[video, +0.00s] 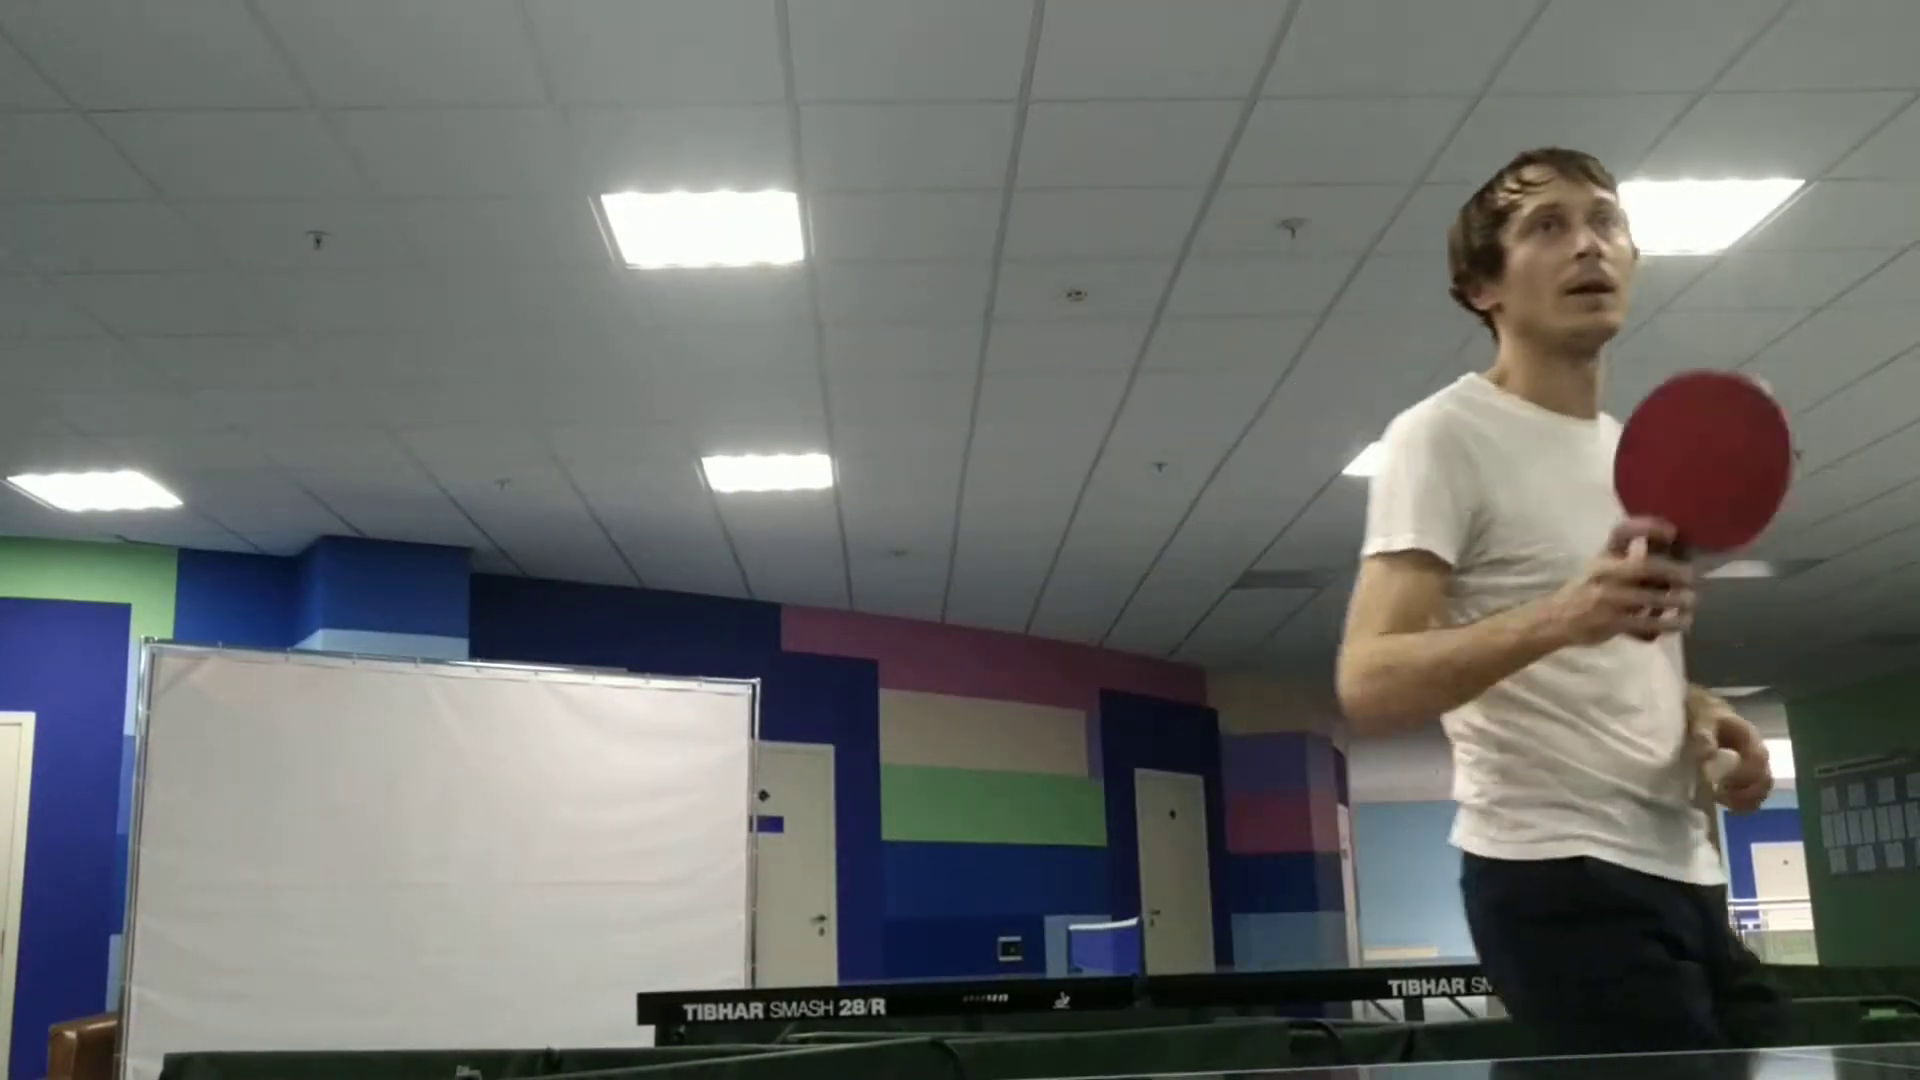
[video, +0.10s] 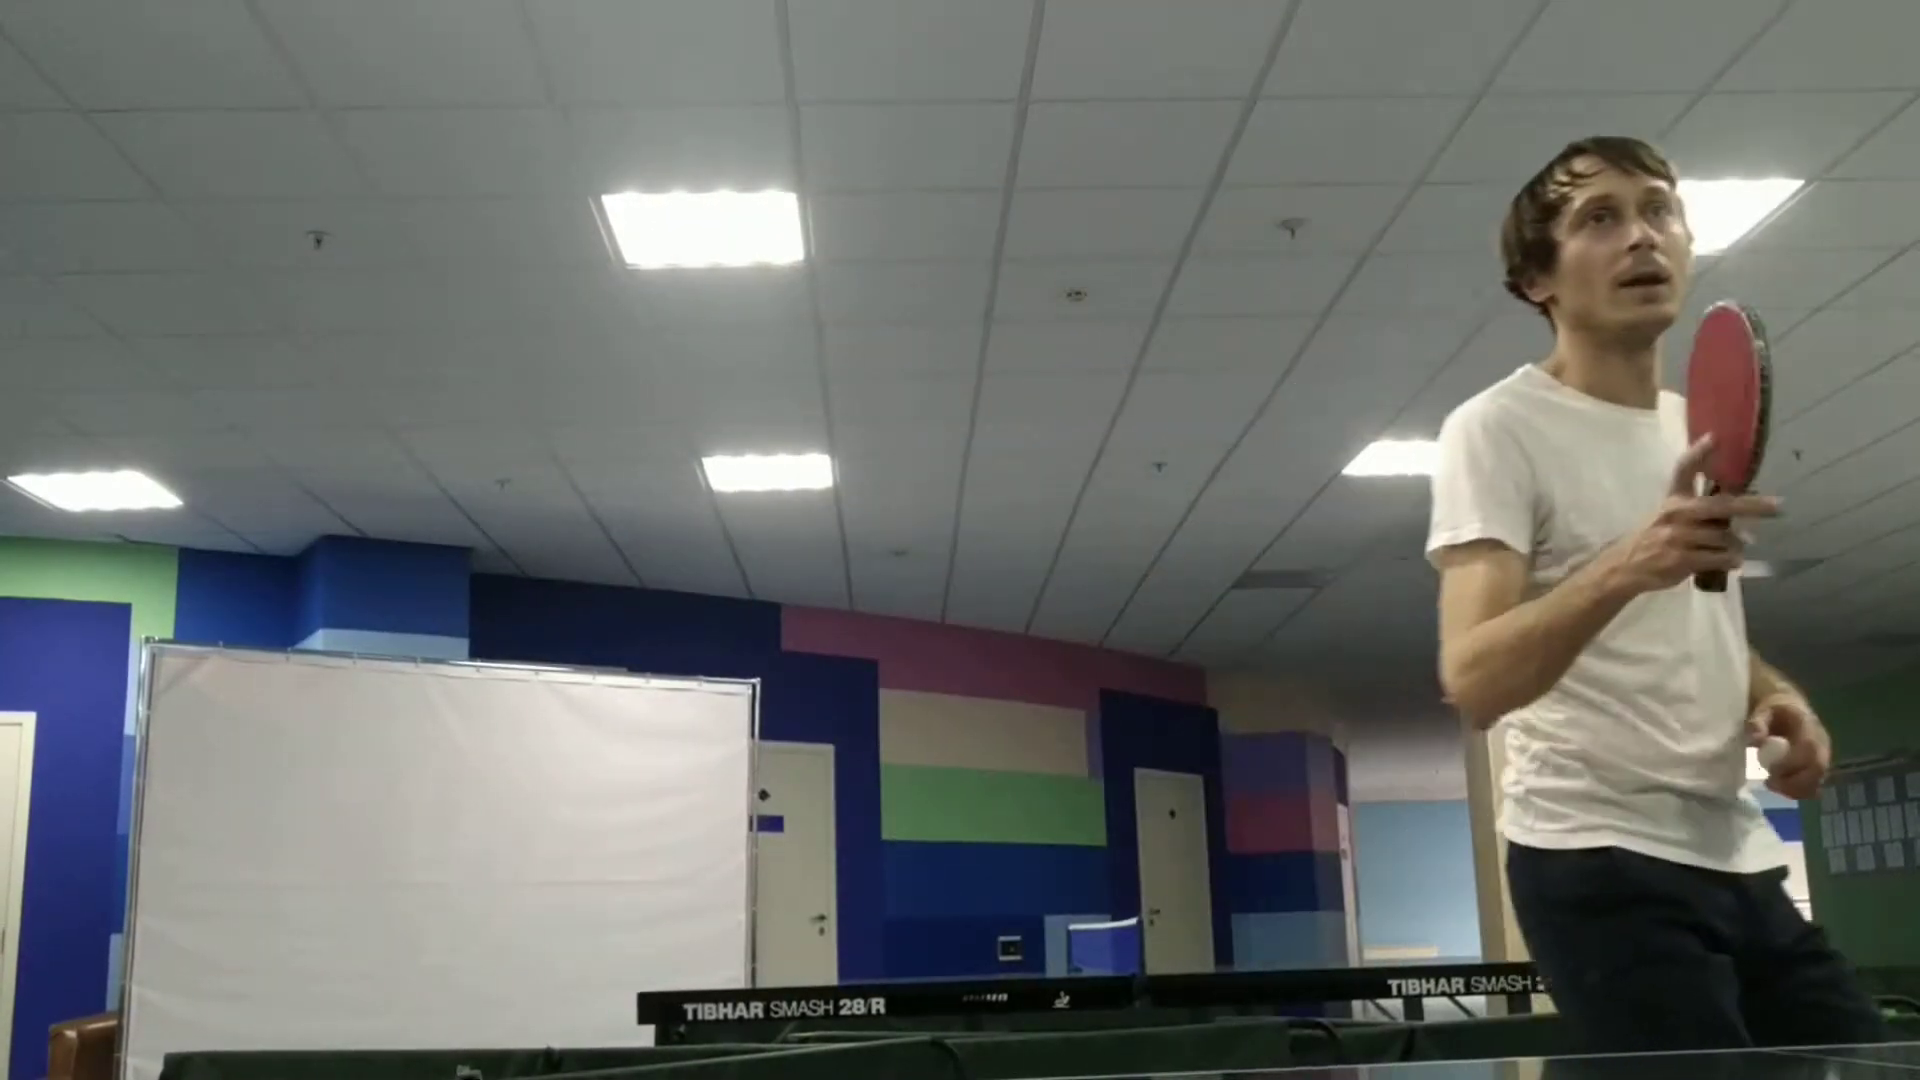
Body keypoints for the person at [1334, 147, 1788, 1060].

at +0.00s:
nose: (1590, 243)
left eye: (1606, 223)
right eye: (1548, 226)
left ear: (1634, 264)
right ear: (1483, 287)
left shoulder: (1633, 450)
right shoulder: (1442, 434)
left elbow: (1637, 662)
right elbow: (1367, 683)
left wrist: (1702, 714)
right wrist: (1565, 615)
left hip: (1676, 867)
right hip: (1553, 867)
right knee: (1681, 1075)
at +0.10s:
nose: (1644, 234)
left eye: (1661, 211)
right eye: (1601, 217)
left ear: (1689, 252)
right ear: (1539, 277)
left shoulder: (1700, 430)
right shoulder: (1495, 428)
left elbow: (1700, 636)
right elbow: (1472, 678)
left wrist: (1771, 695)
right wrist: (1628, 565)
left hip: (1735, 848)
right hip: (1595, 849)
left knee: (1861, 1063)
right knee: (1697, 1068)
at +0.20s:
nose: (1693, 227)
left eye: (1711, 204)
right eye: (1649, 212)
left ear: (1743, 247)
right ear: (1593, 275)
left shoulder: (1759, 417)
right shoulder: (1543, 420)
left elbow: (1786, 621)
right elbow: (1547, 665)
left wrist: (1840, 692)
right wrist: (1692, 551)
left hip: (1790, 839)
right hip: (1632, 844)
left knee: (1883, 1063)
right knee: (1704, 1066)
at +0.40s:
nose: (1769, 246)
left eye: (1792, 219)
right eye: (1730, 228)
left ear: (1832, 252)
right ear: (1680, 280)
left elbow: (1914, 633)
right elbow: (1569, 663)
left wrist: (1913, 738)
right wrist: (1712, 590)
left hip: (1864, 851)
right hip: (1672, 854)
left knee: (1892, 1065)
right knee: (1701, 1073)